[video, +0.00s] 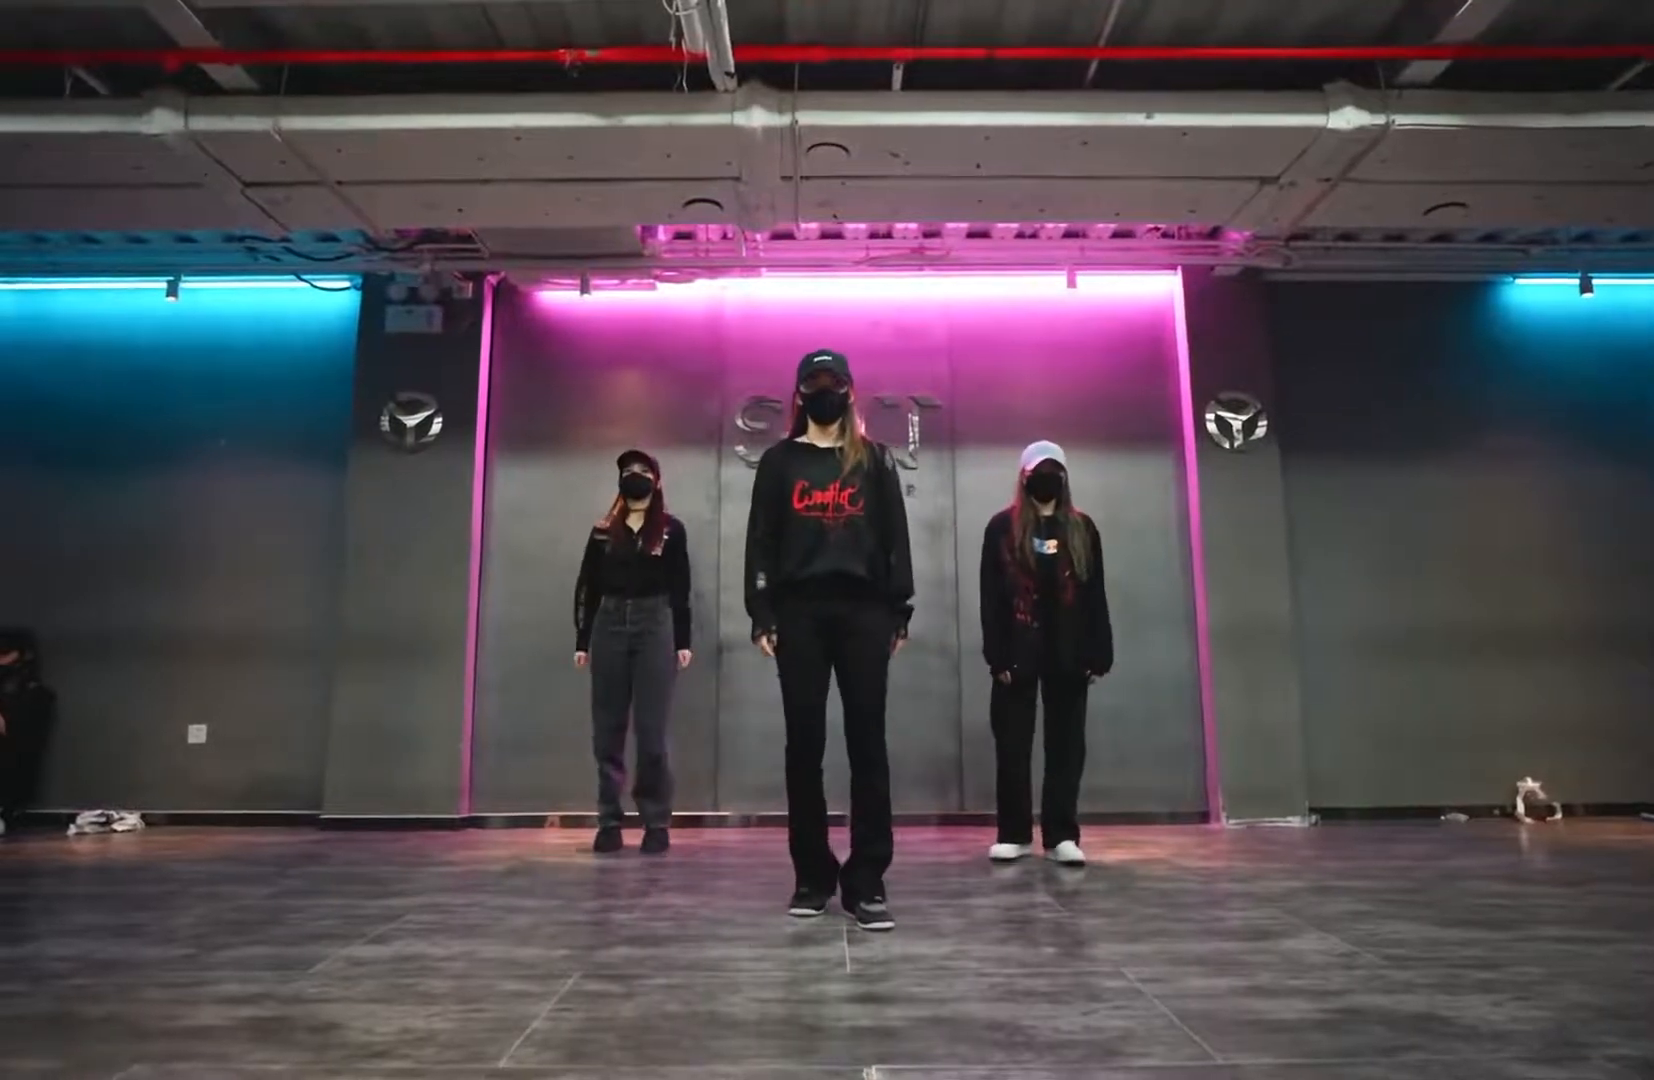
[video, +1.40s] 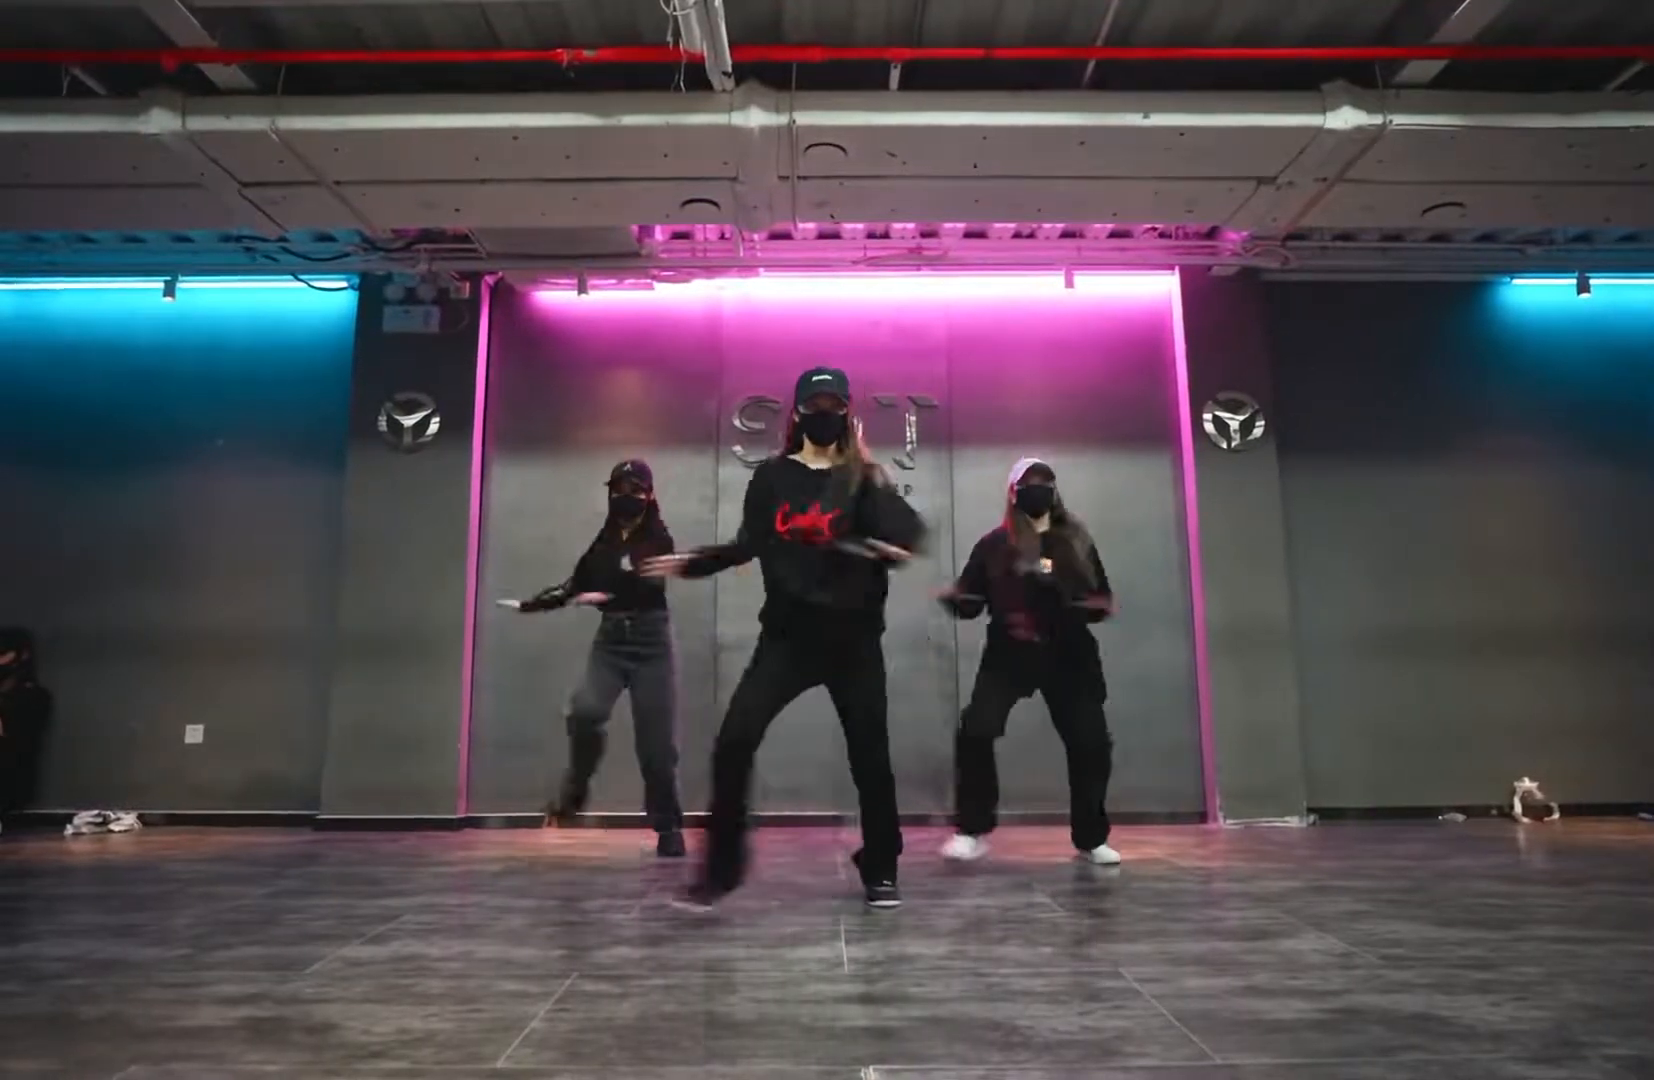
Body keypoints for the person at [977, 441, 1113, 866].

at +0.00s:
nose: (1049, 478)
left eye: (1055, 471)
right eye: (1041, 471)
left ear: (1064, 477)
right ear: (1025, 476)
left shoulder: (1082, 527)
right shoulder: (1002, 528)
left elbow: (1095, 595)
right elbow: (991, 597)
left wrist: (1100, 652)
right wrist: (997, 656)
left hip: (1069, 656)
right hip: (1017, 656)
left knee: (1066, 747)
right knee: (1012, 748)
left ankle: (1063, 837)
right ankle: (1012, 836)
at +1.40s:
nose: (1038, 500)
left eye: (1045, 491)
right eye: (1029, 492)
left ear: (1055, 495)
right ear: (1013, 496)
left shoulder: (1073, 542)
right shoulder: (992, 547)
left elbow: (1100, 604)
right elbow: (971, 605)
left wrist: (1065, 597)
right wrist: (954, 599)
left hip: (1066, 660)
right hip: (1008, 659)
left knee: (1091, 744)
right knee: (975, 732)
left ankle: (1091, 839)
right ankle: (972, 830)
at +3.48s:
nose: (1087, 472)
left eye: (1093, 464)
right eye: (1078, 463)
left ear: (1099, 467)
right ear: (1055, 466)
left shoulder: (1112, 519)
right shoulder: (1033, 519)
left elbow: (1140, 582)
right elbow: (1038, 576)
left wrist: (1163, 636)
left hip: (1103, 648)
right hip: (1046, 649)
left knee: (1112, 745)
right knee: (1050, 740)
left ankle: (1138, 850)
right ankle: (1082, 792)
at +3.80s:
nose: (1009, 468)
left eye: (1018, 459)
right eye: (1006, 460)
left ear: (1044, 459)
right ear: (1008, 460)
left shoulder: (1065, 503)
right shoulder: (998, 510)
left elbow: (1055, 558)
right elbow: (977, 569)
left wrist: (995, 555)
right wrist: (1022, 546)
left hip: (1062, 638)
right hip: (1006, 638)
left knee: (1091, 743)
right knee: (968, 738)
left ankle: (1131, 848)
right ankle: (956, 841)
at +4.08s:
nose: (988, 473)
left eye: (997, 464)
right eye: (984, 465)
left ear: (1023, 464)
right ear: (985, 467)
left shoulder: (1041, 496)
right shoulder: (987, 511)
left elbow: (985, 501)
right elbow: (939, 548)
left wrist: (924, 476)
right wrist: (923, 493)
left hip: (1050, 636)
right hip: (997, 639)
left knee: (1080, 743)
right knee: (953, 738)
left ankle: (1123, 851)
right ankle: (951, 849)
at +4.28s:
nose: (1026, 470)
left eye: (1031, 463)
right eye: (1015, 466)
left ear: (1043, 464)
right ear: (996, 472)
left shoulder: (1061, 497)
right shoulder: (986, 520)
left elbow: (1043, 509)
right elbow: (935, 542)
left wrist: (987, 504)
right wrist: (933, 488)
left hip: (1067, 636)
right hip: (1011, 640)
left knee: (1092, 741)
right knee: (970, 734)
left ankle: (1122, 849)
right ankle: (954, 847)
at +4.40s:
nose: (1044, 465)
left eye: (1048, 456)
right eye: (1036, 459)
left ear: (1017, 462)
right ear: (1023, 467)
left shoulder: (1080, 499)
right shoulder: (999, 519)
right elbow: (946, 529)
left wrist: (1038, 494)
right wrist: (948, 475)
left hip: (1083, 637)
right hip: (1025, 639)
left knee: (1102, 741)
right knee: (985, 736)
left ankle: (1123, 849)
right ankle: (952, 846)